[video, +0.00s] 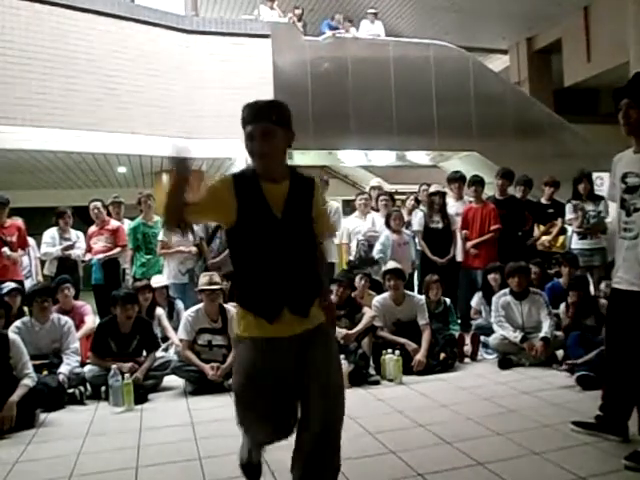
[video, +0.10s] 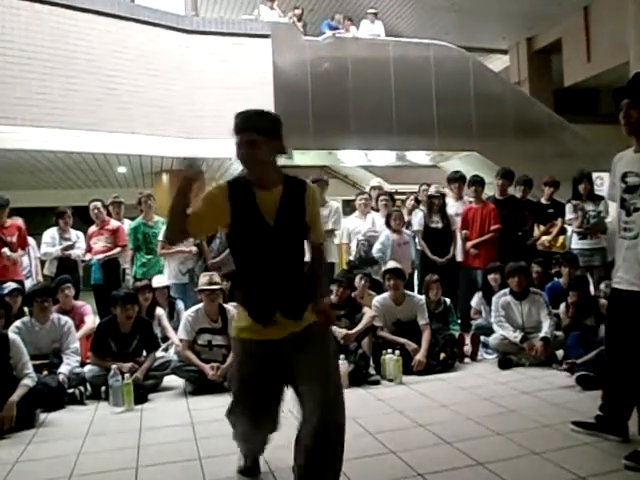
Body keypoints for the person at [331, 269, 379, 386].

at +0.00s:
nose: (340, 291)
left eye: (345, 288)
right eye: (339, 286)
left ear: (350, 291)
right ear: (334, 286)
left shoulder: (352, 301)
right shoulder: (326, 301)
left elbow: (370, 314)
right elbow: (320, 322)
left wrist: (354, 333)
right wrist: (337, 332)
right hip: (331, 345)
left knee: (368, 326)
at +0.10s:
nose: (341, 291)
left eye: (345, 288)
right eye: (339, 286)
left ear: (350, 291)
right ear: (334, 286)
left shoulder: (352, 301)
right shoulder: (325, 303)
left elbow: (370, 314)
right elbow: (320, 322)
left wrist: (354, 333)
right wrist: (335, 330)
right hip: (331, 344)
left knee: (369, 325)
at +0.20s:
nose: (340, 291)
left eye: (344, 288)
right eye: (338, 286)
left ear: (350, 291)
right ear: (333, 287)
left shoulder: (353, 303)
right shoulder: (322, 304)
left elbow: (371, 314)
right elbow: (316, 319)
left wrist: (354, 333)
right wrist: (337, 330)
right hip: (330, 345)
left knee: (369, 328)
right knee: (318, 333)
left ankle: (366, 370)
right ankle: (324, 372)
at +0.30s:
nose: (339, 291)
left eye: (344, 288)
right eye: (337, 286)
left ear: (349, 291)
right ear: (333, 287)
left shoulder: (352, 303)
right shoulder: (322, 303)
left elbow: (371, 314)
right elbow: (312, 317)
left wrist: (354, 333)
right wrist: (336, 331)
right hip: (329, 347)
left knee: (368, 330)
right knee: (318, 332)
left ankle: (369, 368)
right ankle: (320, 370)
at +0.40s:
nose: (339, 291)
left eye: (344, 288)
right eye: (338, 286)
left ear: (349, 291)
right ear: (333, 287)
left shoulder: (353, 303)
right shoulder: (323, 303)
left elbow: (371, 314)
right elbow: (312, 317)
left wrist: (354, 333)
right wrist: (336, 330)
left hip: (351, 351)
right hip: (330, 349)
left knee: (368, 330)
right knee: (318, 332)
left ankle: (368, 368)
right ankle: (320, 370)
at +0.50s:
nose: (339, 291)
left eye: (344, 288)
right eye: (338, 286)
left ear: (349, 291)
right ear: (333, 287)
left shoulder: (353, 303)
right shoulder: (322, 303)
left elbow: (371, 314)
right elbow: (312, 317)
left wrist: (354, 333)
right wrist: (336, 330)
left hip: (351, 351)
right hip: (330, 349)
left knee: (368, 330)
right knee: (318, 332)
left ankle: (368, 368)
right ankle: (320, 370)